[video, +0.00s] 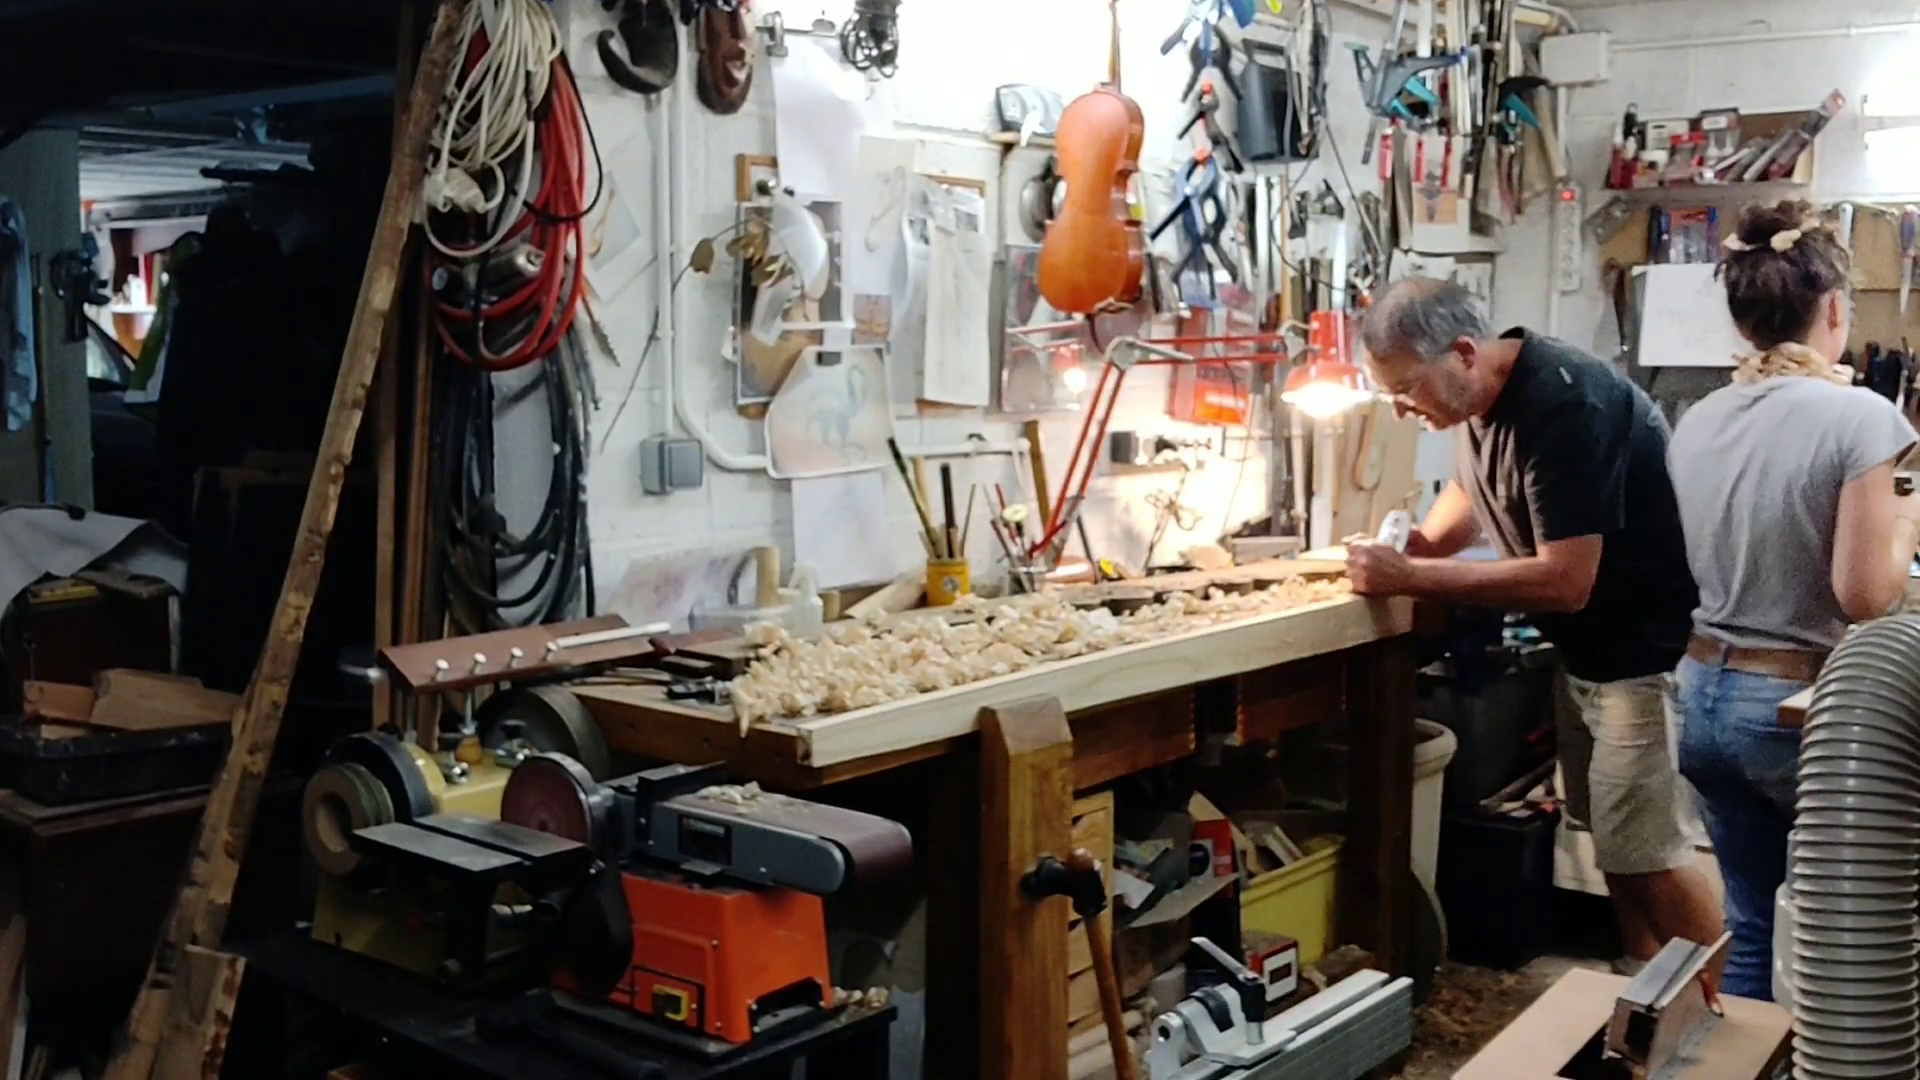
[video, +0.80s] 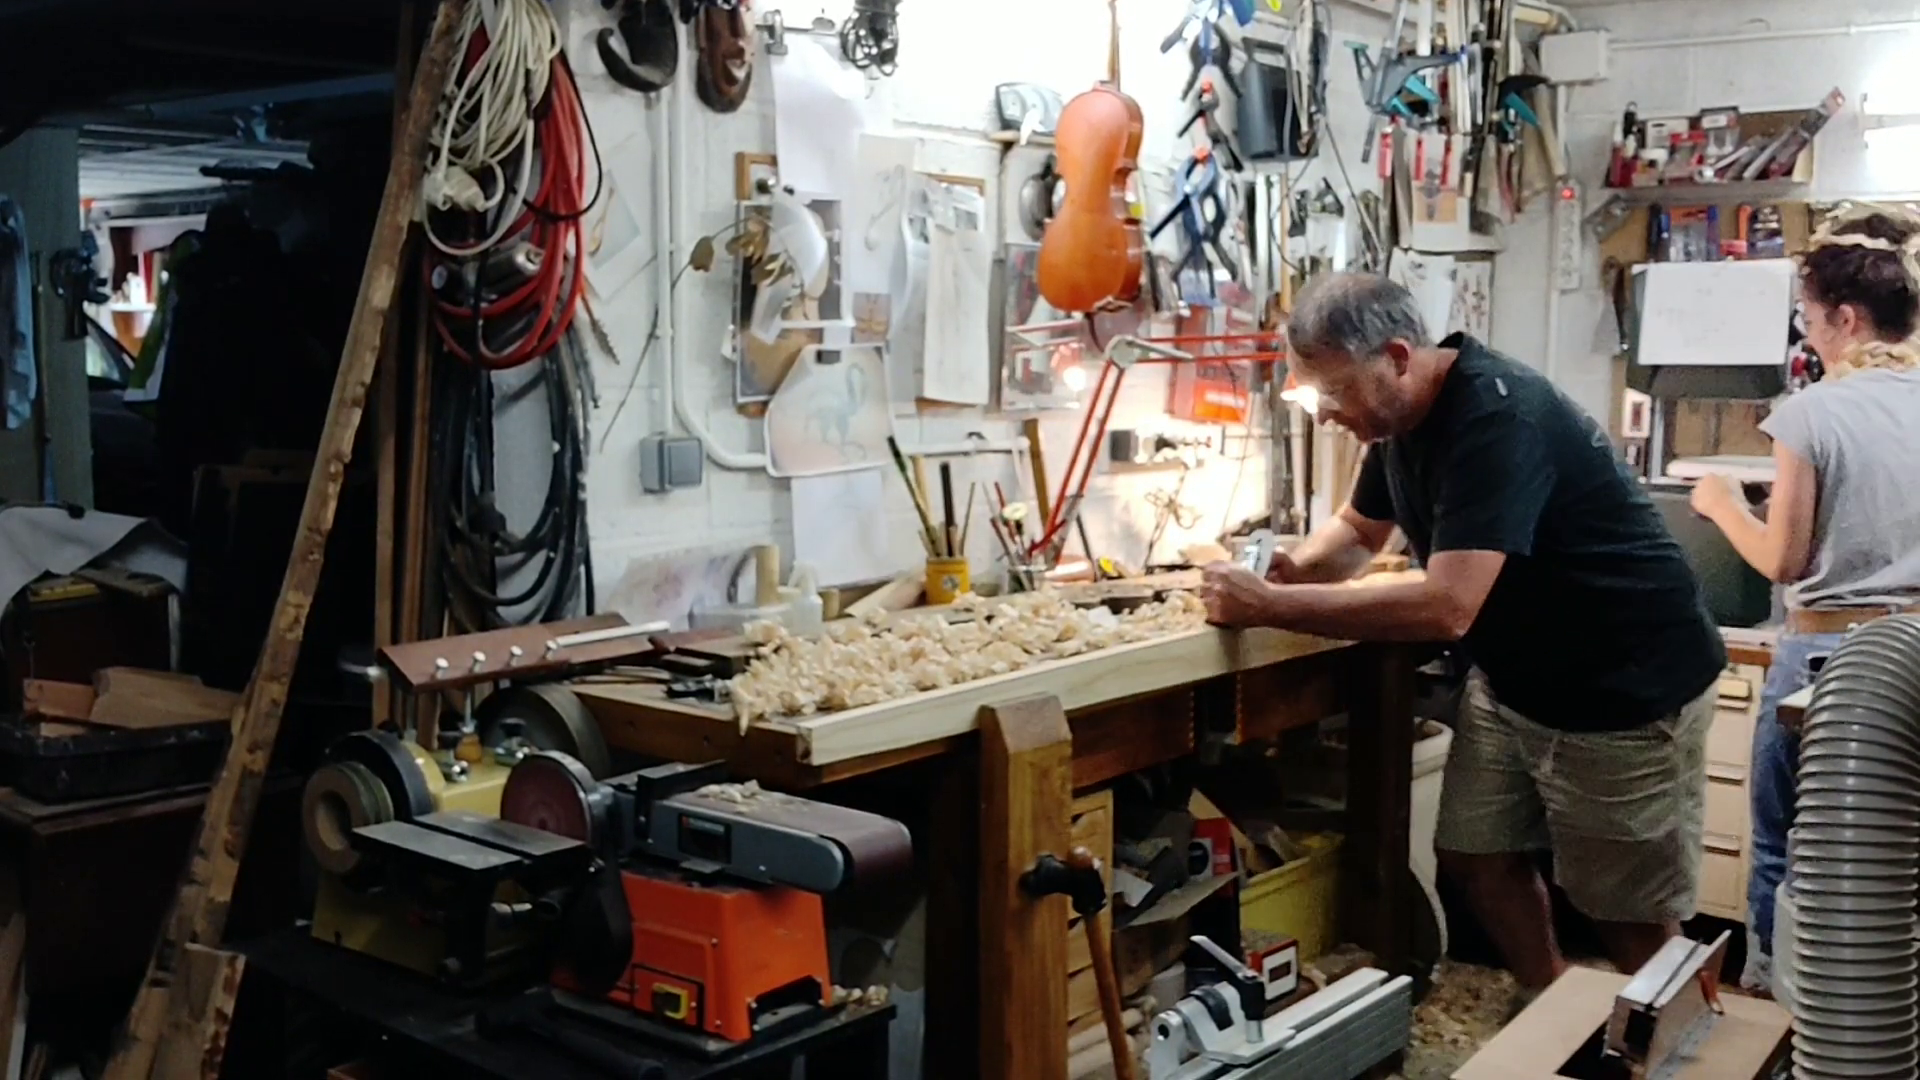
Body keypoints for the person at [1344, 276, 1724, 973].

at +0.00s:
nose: (1404, 409)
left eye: (1410, 388)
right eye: (1393, 395)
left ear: (1467, 352)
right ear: (1466, 353)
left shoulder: (1566, 404)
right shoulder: (1483, 402)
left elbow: (1568, 582)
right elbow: (1470, 494)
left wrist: (1409, 575)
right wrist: (1411, 553)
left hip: (1645, 659)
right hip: (1582, 654)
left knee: (1647, 854)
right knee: (1616, 853)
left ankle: (1728, 1013)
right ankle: (1659, 1001)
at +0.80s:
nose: (1328, 415)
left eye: (1337, 394)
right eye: (1320, 398)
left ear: (1398, 358)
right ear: (1394, 359)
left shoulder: (1499, 415)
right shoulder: (1405, 415)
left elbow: (1448, 606)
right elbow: (1361, 530)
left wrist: (1269, 604)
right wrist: (1297, 565)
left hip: (1629, 693)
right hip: (1512, 679)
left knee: (1631, 924)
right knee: (1484, 867)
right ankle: (1557, 1014)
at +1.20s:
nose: (1217, 423)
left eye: (1226, 402)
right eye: (1209, 406)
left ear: (1292, 362)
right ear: (1289, 363)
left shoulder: (1401, 418)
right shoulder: (1294, 428)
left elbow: (1366, 624)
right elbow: (1264, 543)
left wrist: (1179, 622)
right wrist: (1210, 583)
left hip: (1509, 709)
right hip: (1403, 703)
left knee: (1492, 938)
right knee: (1405, 912)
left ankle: (1601, 1049)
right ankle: (1473, 1060)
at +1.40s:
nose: (1174, 422)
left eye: (1181, 400)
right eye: (1164, 404)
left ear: (1249, 360)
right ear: (1243, 361)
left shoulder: (1361, 416)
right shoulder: (1257, 422)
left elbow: (1327, 632)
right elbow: (1228, 543)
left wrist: (1138, 629)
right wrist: (1172, 584)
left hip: (1488, 688)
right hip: (1401, 690)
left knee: (1424, 927)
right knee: (1410, 919)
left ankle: (1449, 1079)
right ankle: (1468, 1067)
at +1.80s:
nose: (1073, 420)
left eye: (1080, 394)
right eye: (1062, 401)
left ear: (1153, 353)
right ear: (1152, 354)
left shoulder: (1272, 413)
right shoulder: (1180, 415)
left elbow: (1225, 655)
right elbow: (1145, 558)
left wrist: (1020, 661)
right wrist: (1073, 613)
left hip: (1415, 730)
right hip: (1329, 726)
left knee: (1305, 975)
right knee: (1351, 952)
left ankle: (1422, 1063)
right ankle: (1437, 1065)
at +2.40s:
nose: (946, 419)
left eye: (952, 391)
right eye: (936, 397)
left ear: (1029, 346)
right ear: (1031, 346)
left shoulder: (1156, 413)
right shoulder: (1080, 410)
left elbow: (1087, 678)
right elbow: (1046, 579)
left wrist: (865, 693)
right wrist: (946, 638)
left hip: (1312, 763)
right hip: (1237, 753)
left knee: (1226, 1042)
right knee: (1211, 1029)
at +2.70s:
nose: (910, 324)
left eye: (912, 290)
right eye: (901, 297)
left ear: (990, 254)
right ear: (997, 253)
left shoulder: (1095, 348)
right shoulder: (1138, 325)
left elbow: (974, 582)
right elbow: (1063, 577)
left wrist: (777, 584)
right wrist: (879, 603)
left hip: (1239, 797)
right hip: (1317, 767)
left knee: (1106, 1064)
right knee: (1275, 1052)